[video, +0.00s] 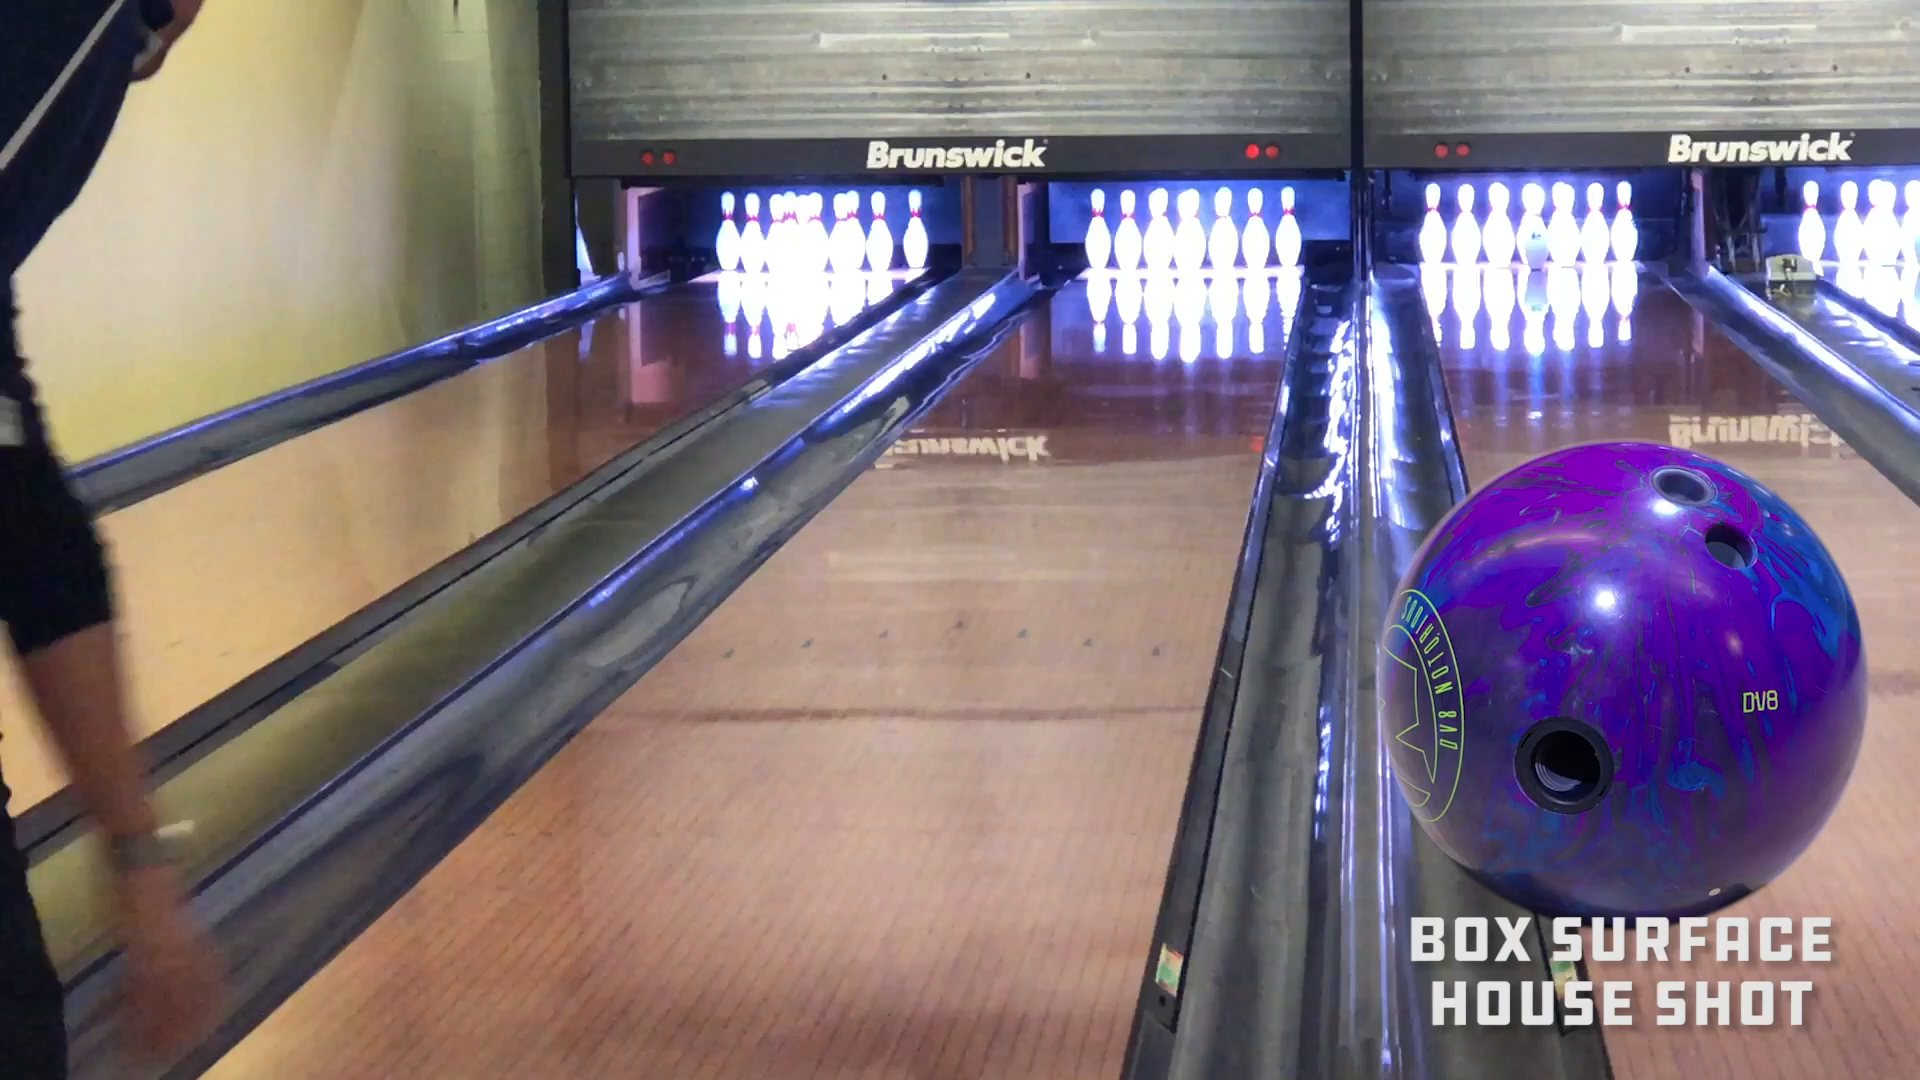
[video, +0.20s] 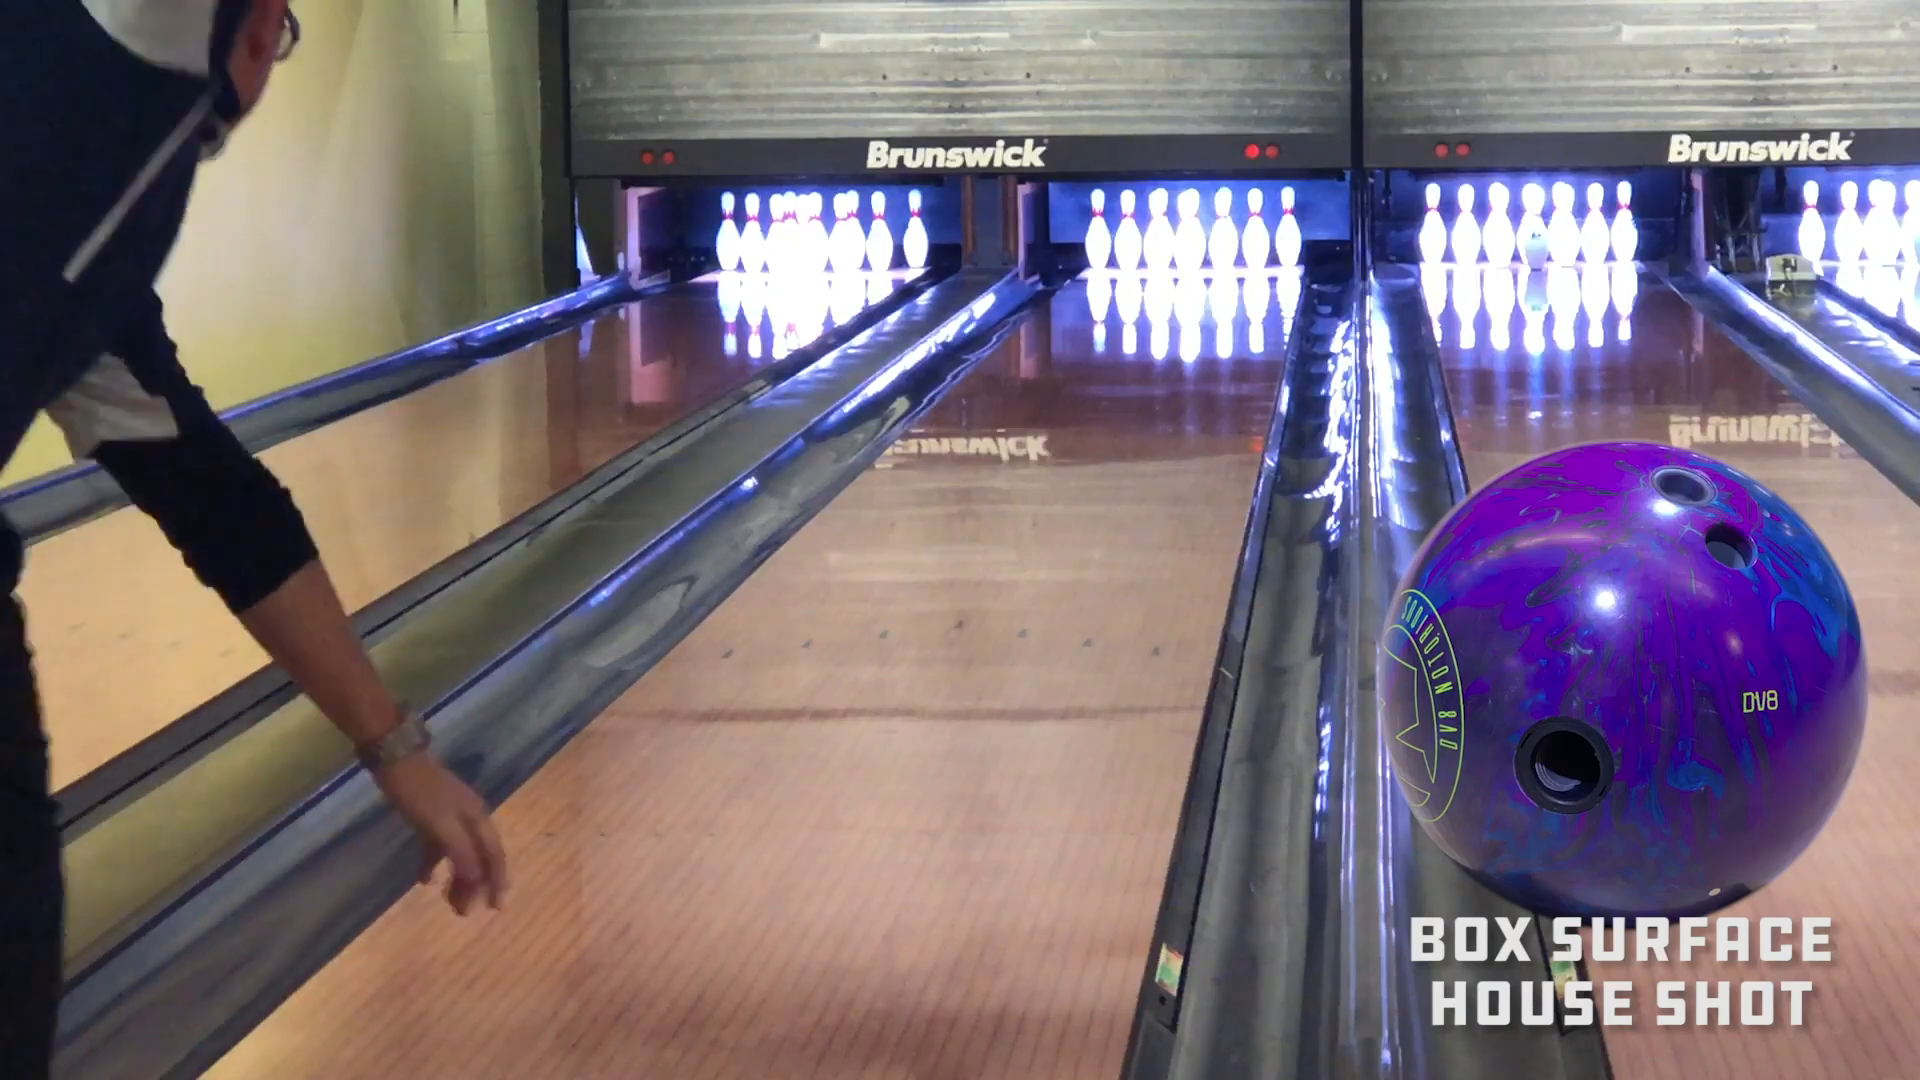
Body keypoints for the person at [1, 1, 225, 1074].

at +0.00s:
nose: (169, 39)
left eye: (167, 38)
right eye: (168, 30)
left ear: (151, 12)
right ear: (163, 7)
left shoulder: (91, 27)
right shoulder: (78, 21)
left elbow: (35, 527)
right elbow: (36, 528)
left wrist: (136, 855)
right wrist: (136, 854)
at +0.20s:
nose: (264, 81)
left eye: (276, 51)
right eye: (272, 42)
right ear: (238, 23)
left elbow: (209, 487)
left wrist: (397, 750)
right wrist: (398, 751)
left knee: (21, 903)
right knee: (19, 901)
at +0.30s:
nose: (325, 125)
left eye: (329, 99)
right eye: (325, 96)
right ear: (290, 88)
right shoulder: (184, 97)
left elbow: (151, 501)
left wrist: (225, 731)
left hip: (17, 574)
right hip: (10, 579)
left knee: (51, 952)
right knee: (55, 965)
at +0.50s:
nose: (458, 125)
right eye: (461, 105)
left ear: (286, 71)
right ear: (446, 124)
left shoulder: (147, 163)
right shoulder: (379, 210)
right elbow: (274, 346)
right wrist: (188, 496)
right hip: (43, 565)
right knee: (86, 977)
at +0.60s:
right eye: (458, 68)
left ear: (279, 33)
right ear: (447, 84)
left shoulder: (140, 105)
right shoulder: (440, 266)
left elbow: (4, 135)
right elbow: (350, 531)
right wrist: (281, 782)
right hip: (106, 652)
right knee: (185, 998)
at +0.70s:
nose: (470, 52)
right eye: (470, 36)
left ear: (298, 10)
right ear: (459, 57)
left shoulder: (162, 57)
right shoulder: (454, 257)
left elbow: (7, 65)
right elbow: (424, 575)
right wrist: (416, 826)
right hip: (105, 587)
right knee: (169, 999)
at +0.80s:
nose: (513, 55)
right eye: (517, 38)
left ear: (356, 3)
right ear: (503, 53)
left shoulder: (210, 39)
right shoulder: (495, 238)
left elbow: (23, 39)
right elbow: (476, 379)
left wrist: (119, 144)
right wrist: (401, 325)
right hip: (90, 548)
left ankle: (153, 1052)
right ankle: (153, 1050)